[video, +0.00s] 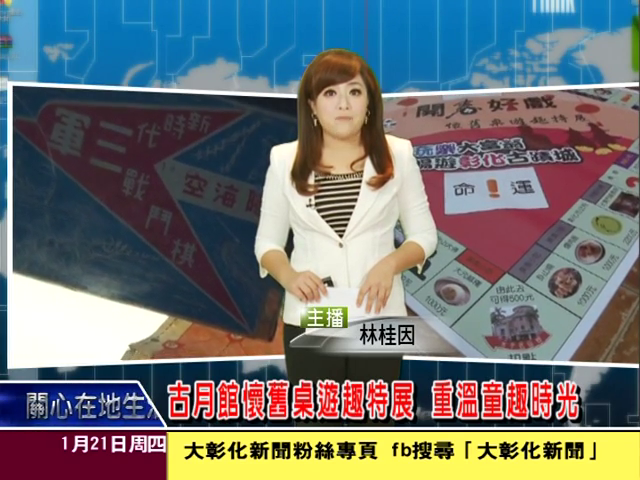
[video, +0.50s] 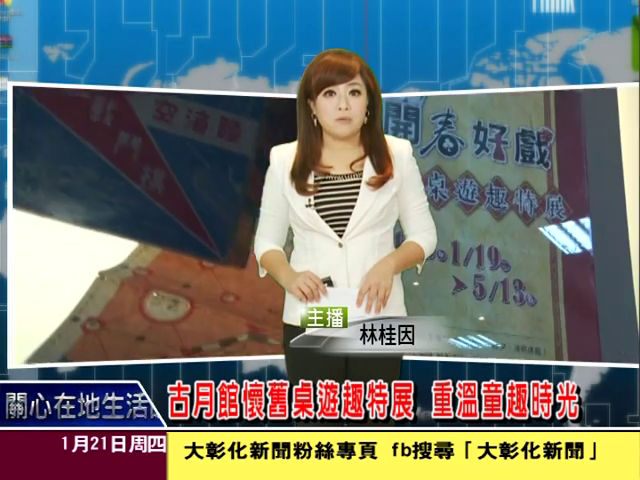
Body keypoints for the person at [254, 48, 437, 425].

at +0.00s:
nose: (343, 104)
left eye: (355, 92)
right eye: (330, 94)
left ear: (369, 102)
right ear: (311, 105)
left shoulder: (395, 155)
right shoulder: (286, 159)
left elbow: (424, 236)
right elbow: (267, 242)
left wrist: (389, 264)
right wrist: (291, 276)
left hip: (378, 325)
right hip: (308, 323)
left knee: (376, 439)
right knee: (313, 438)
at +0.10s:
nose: (343, 104)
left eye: (354, 92)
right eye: (330, 94)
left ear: (369, 101)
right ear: (311, 105)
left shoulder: (395, 155)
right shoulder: (286, 159)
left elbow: (424, 236)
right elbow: (267, 242)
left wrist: (389, 264)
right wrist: (290, 276)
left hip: (377, 324)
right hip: (308, 323)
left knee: (375, 440)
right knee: (313, 439)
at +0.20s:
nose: (343, 104)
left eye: (354, 93)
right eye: (330, 94)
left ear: (369, 102)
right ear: (311, 105)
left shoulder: (395, 155)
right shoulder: (286, 160)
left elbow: (424, 236)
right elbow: (267, 242)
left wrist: (389, 264)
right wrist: (290, 276)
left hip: (377, 324)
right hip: (308, 323)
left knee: (375, 440)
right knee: (314, 439)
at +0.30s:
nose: (343, 105)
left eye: (354, 93)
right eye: (330, 94)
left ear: (369, 102)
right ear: (311, 105)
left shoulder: (395, 155)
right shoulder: (286, 160)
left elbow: (424, 236)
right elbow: (266, 243)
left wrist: (389, 264)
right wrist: (290, 276)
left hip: (377, 324)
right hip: (308, 322)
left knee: (376, 437)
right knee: (314, 436)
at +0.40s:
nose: (343, 105)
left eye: (354, 93)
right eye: (330, 94)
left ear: (369, 102)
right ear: (311, 105)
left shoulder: (395, 155)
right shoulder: (286, 160)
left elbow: (424, 236)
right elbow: (266, 243)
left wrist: (389, 264)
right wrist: (290, 276)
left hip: (377, 324)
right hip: (309, 322)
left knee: (376, 438)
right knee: (313, 438)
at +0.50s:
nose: (343, 104)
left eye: (354, 93)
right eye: (330, 94)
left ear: (369, 102)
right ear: (311, 105)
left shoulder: (395, 155)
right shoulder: (286, 160)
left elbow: (424, 236)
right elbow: (266, 242)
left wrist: (389, 265)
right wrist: (290, 276)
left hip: (378, 324)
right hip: (309, 323)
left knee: (376, 439)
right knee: (314, 439)